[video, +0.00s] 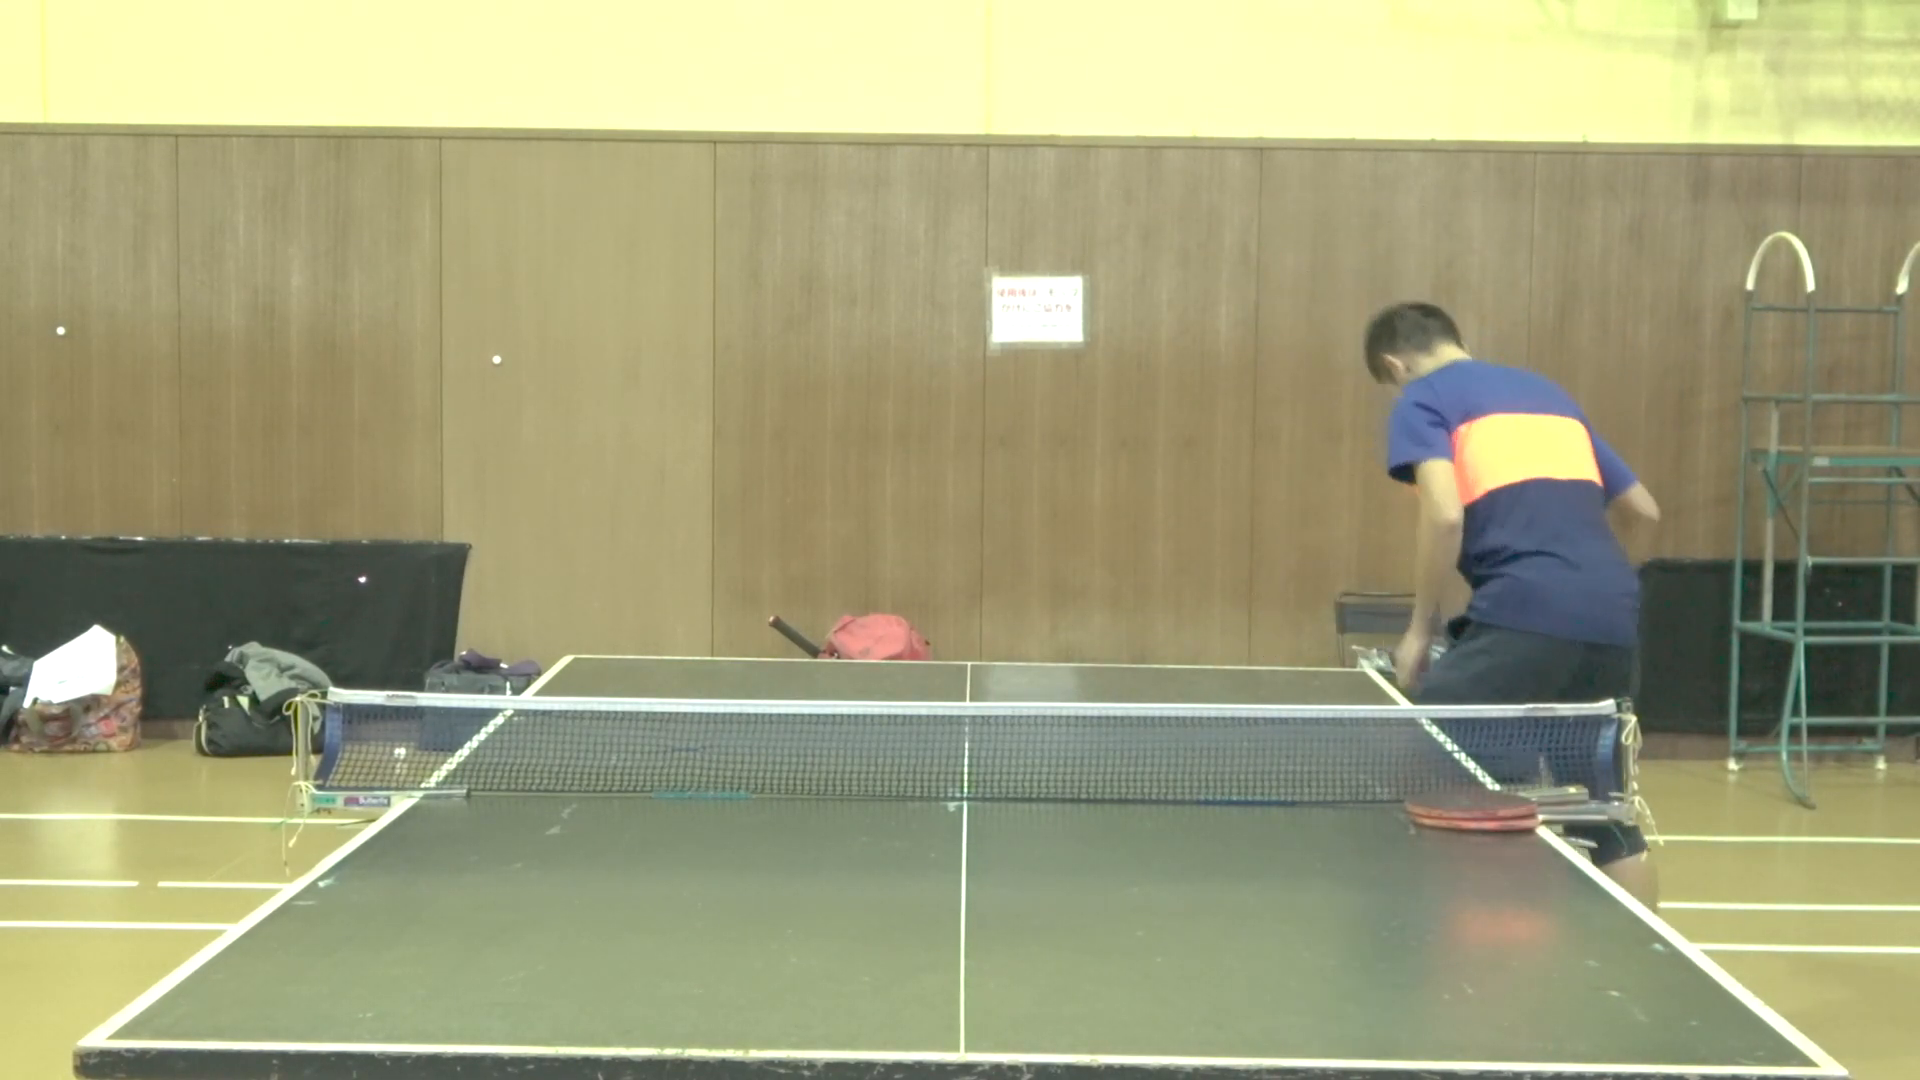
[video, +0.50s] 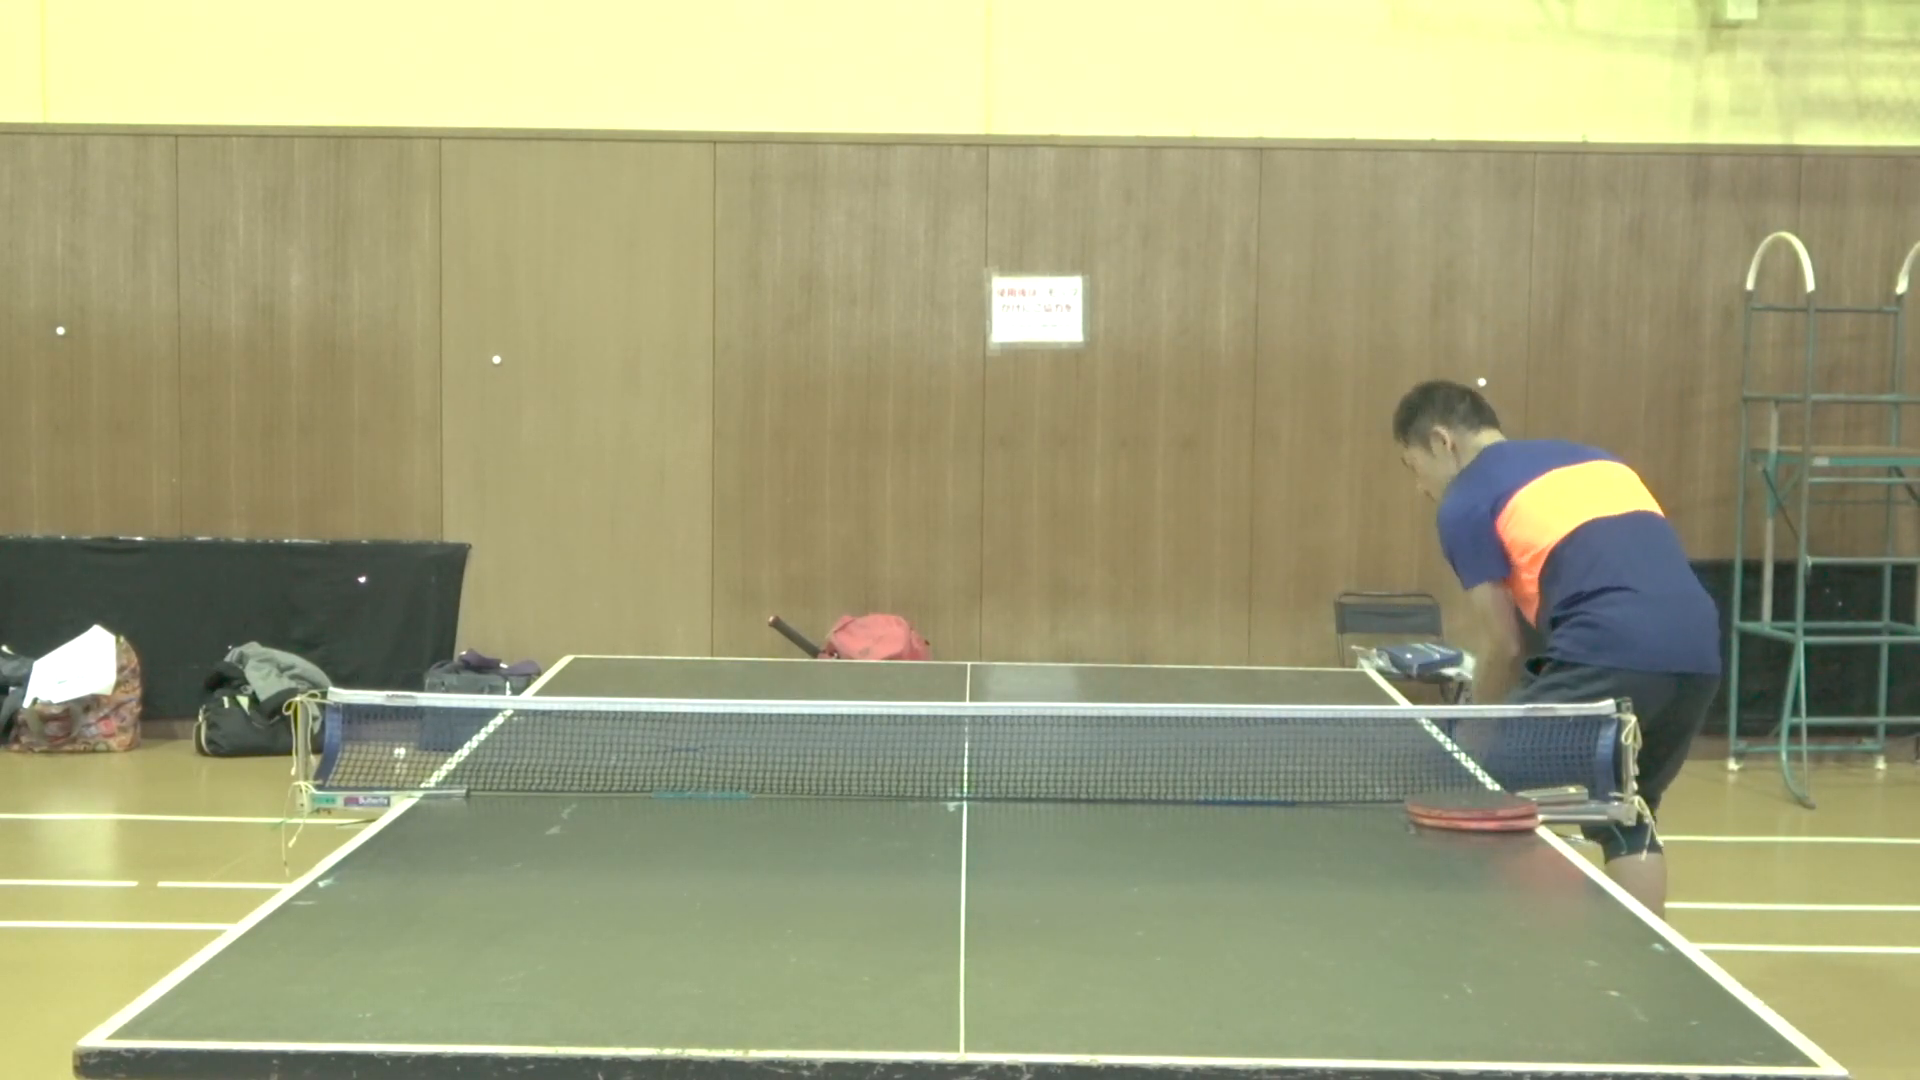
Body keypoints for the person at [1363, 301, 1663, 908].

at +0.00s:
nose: (1397, 394)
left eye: (1389, 382)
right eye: (1391, 384)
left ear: (1398, 363)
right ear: (1456, 343)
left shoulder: (1422, 401)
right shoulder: (1546, 392)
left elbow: (1446, 515)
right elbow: (1641, 510)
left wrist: (1420, 630)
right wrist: (1591, 587)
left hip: (1527, 621)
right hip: (1613, 627)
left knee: (1409, 764)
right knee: (1606, 805)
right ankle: (1640, 978)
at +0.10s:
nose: (1426, 438)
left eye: (1420, 427)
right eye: (1421, 428)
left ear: (1430, 408)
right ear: (1488, 388)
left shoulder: (1445, 439)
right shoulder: (1578, 427)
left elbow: (1465, 570)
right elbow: (1670, 560)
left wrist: (1450, 693)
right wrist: (1639, 642)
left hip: (1561, 629)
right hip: (1653, 636)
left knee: (1444, 783)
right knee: (1624, 804)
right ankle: (1640, 979)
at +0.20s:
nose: (1440, 479)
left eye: (1437, 467)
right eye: (1435, 469)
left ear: (1450, 446)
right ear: (1506, 426)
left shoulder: (1461, 479)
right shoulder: (1594, 451)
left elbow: (1498, 619)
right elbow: (1674, 577)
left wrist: (1485, 712)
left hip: (1582, 640)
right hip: (1678, 643)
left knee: (1465, 780)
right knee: (1634, 811)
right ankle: (1646, 980)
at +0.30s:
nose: (1448, 505)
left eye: (1444, 493)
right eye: (1442, 496)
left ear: (1455, 468)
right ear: (1509, 448)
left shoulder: (1471, 507)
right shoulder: (1598, 464)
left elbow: (1507, 646)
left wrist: (1503, 738)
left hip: (1601, 642)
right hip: (1696, 643)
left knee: (1480, 783)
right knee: (1639, 810)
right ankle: (1646, 976)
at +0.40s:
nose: (1444, 509)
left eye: (1437, 497)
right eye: (1436, 500)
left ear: (1451, 467)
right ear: (1502, 448)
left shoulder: (1473, 515)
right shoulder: (1595, 466)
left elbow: (1510, 648)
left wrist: (1503, 738)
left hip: (1610, 649)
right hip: (1702, 648)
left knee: (1492, 784)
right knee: (1637, 809)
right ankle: (1647, 972)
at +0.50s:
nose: (1420, 485)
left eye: (1415, 466)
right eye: (1412, 470)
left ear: (1444, 441)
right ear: (1491, 429)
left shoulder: (1466, 498)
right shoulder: (1581, 455)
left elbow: (1504, 646)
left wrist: (1471, 740)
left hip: (1608, 649)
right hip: (1699, 649)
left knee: (1476, 782)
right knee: (1628, 807)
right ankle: (1642, 977)